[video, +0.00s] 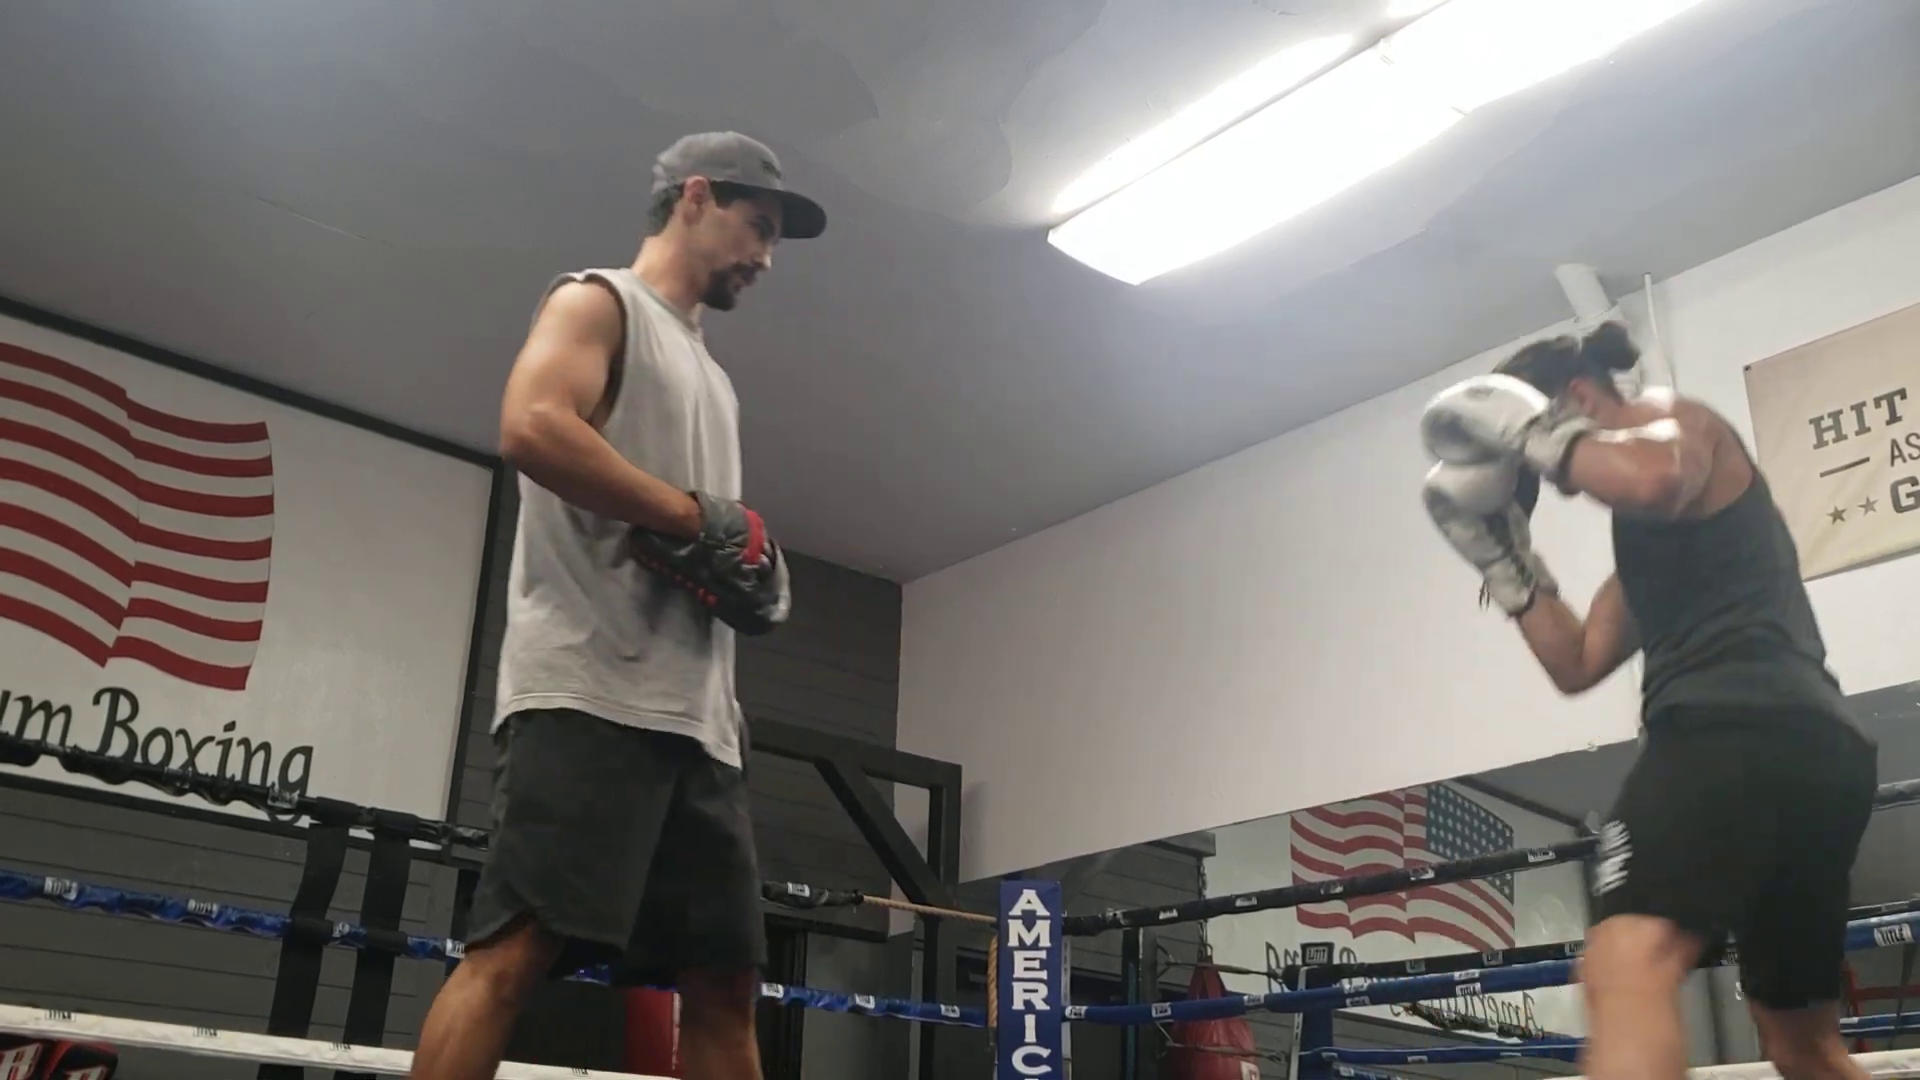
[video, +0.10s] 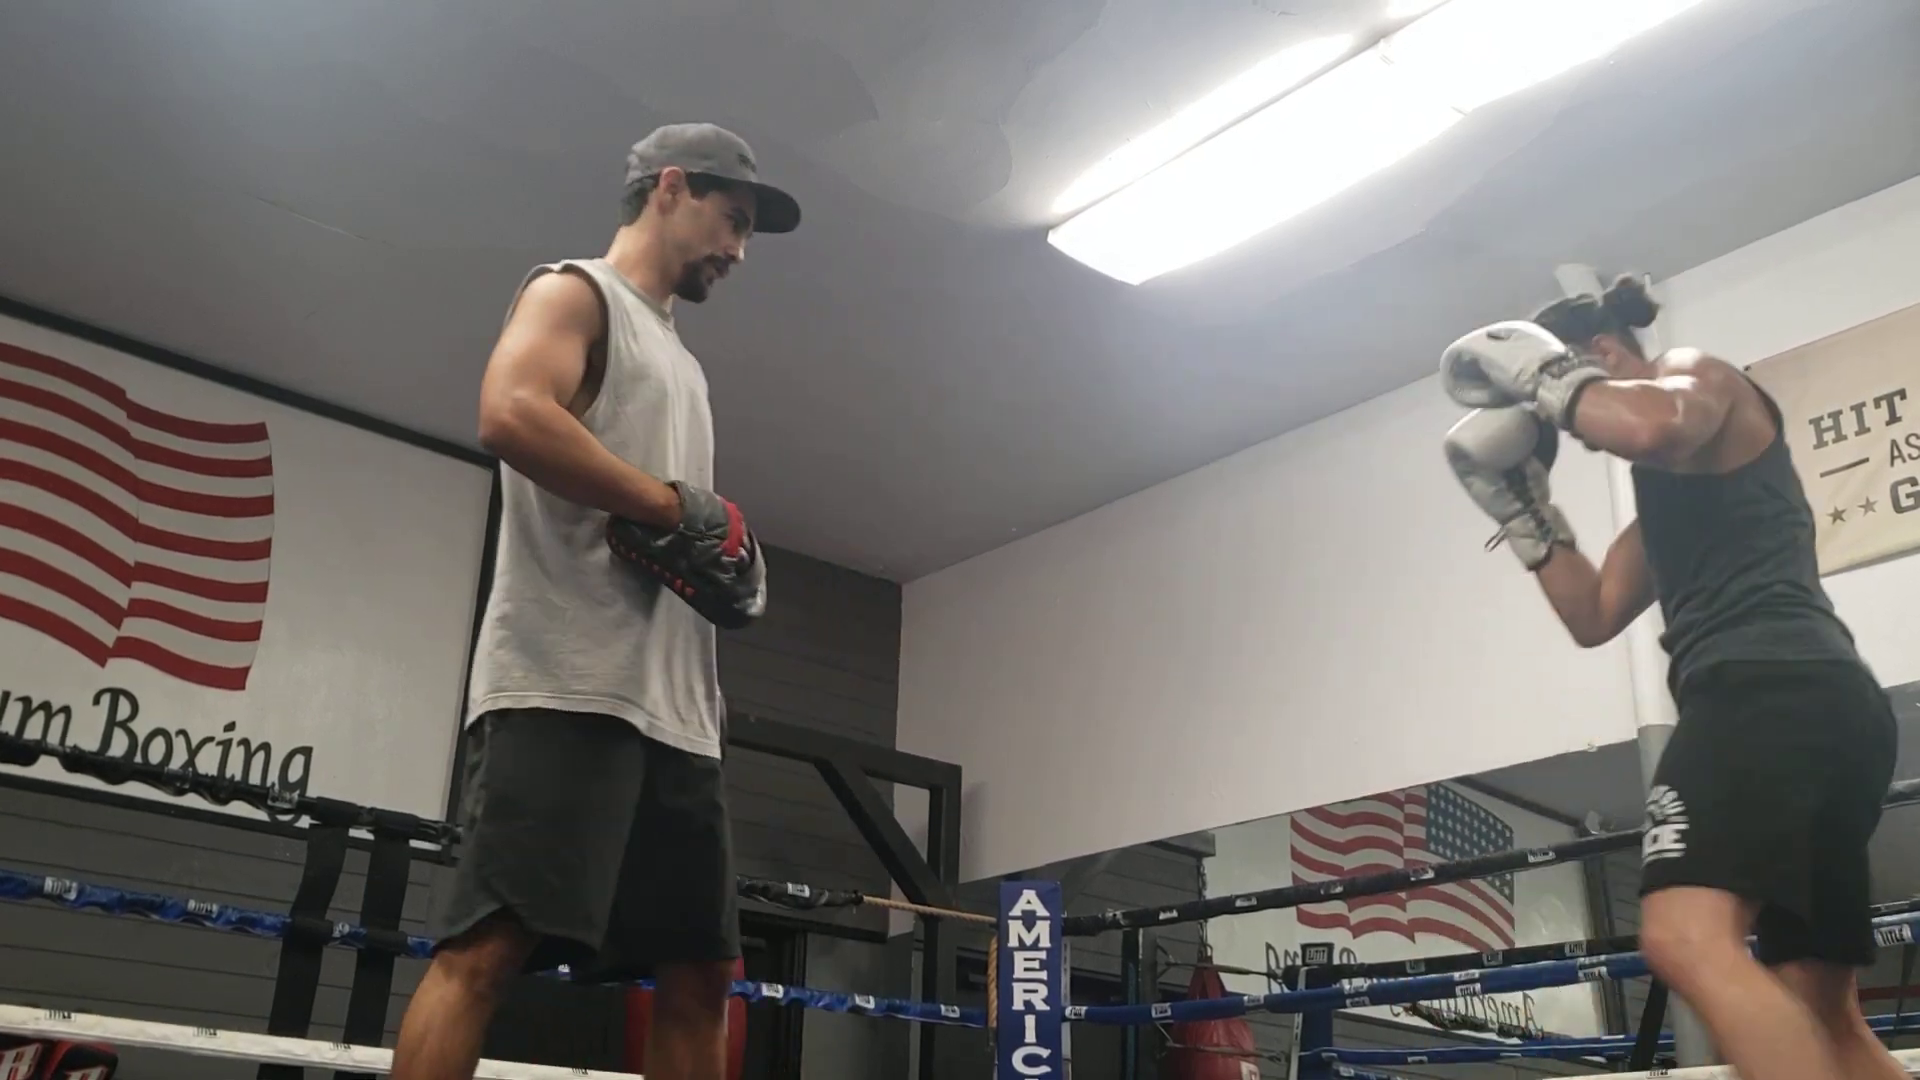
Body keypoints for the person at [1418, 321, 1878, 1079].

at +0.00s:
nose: (1557, 435)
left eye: (1551, 417)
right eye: (1545, 426)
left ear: (1582, 390)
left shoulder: (1676, 416)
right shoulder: (1647, 530)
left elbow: (1658, 482)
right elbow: (1574, 665)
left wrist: (1533, 435)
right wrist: (1503, 558)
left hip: (1729, 726)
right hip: (1820, 739)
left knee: (1625, 964)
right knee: (1804, 1038)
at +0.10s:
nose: (1577, 390)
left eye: (1574, 371)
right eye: (1568, 383)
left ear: (1605, 347)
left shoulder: (1697, 372)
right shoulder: (1674, 490)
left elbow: (1655, 432)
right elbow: (1591, 615)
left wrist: (1546, 379)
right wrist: (1519, 508)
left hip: (1762, 687)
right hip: (1829, 700)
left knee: (1685, 934)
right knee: (1819, 1004)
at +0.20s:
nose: (1607, 391)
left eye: (1603, 369)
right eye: (1595, 385)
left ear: (1637, 345)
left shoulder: (1720, 377)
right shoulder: (1703, 486)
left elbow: (1660, 439)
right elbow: (1634, 629)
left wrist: (1564, 381)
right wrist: (1557, 522)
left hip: (1790, 692)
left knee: (1773, 972)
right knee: (1808, 984)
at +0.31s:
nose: (1625, 454)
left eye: (1623, 432)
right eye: (1613, 442)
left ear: (1663, 401)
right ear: (1657, 413)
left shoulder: (1748, 428)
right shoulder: (1717, 519)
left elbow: (1677, 506)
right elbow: (1685, 693)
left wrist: (1586, 449)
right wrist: (1609, 590)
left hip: (1824, 750)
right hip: (1772, 770)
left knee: (1872, 1025)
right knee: (1805, 1034)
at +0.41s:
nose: (1631, 508)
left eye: (1631, 487)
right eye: (1621, 496)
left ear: (1674, 453)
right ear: (1672, 457)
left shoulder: (1755, 481)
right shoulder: (1719, 558)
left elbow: (1695, 568)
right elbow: (1718, 739)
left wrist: (1605, 507)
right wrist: (1638, 646)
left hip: (1816, 790)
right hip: (1778, 802)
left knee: (1892, 1030)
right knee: (1798, 1055)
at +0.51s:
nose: (1619, 521)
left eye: (1620, 499)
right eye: (1608, 505)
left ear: (1668, 472)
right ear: (1667, 474)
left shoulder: (1738, 504)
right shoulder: (1701, 571)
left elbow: (1696, 588)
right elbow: (1694, 735)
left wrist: (1605, 527)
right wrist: (1623, 649)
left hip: (1778, 791)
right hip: (1748, 802)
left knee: (1852, 1031)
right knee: (1761, 1043)